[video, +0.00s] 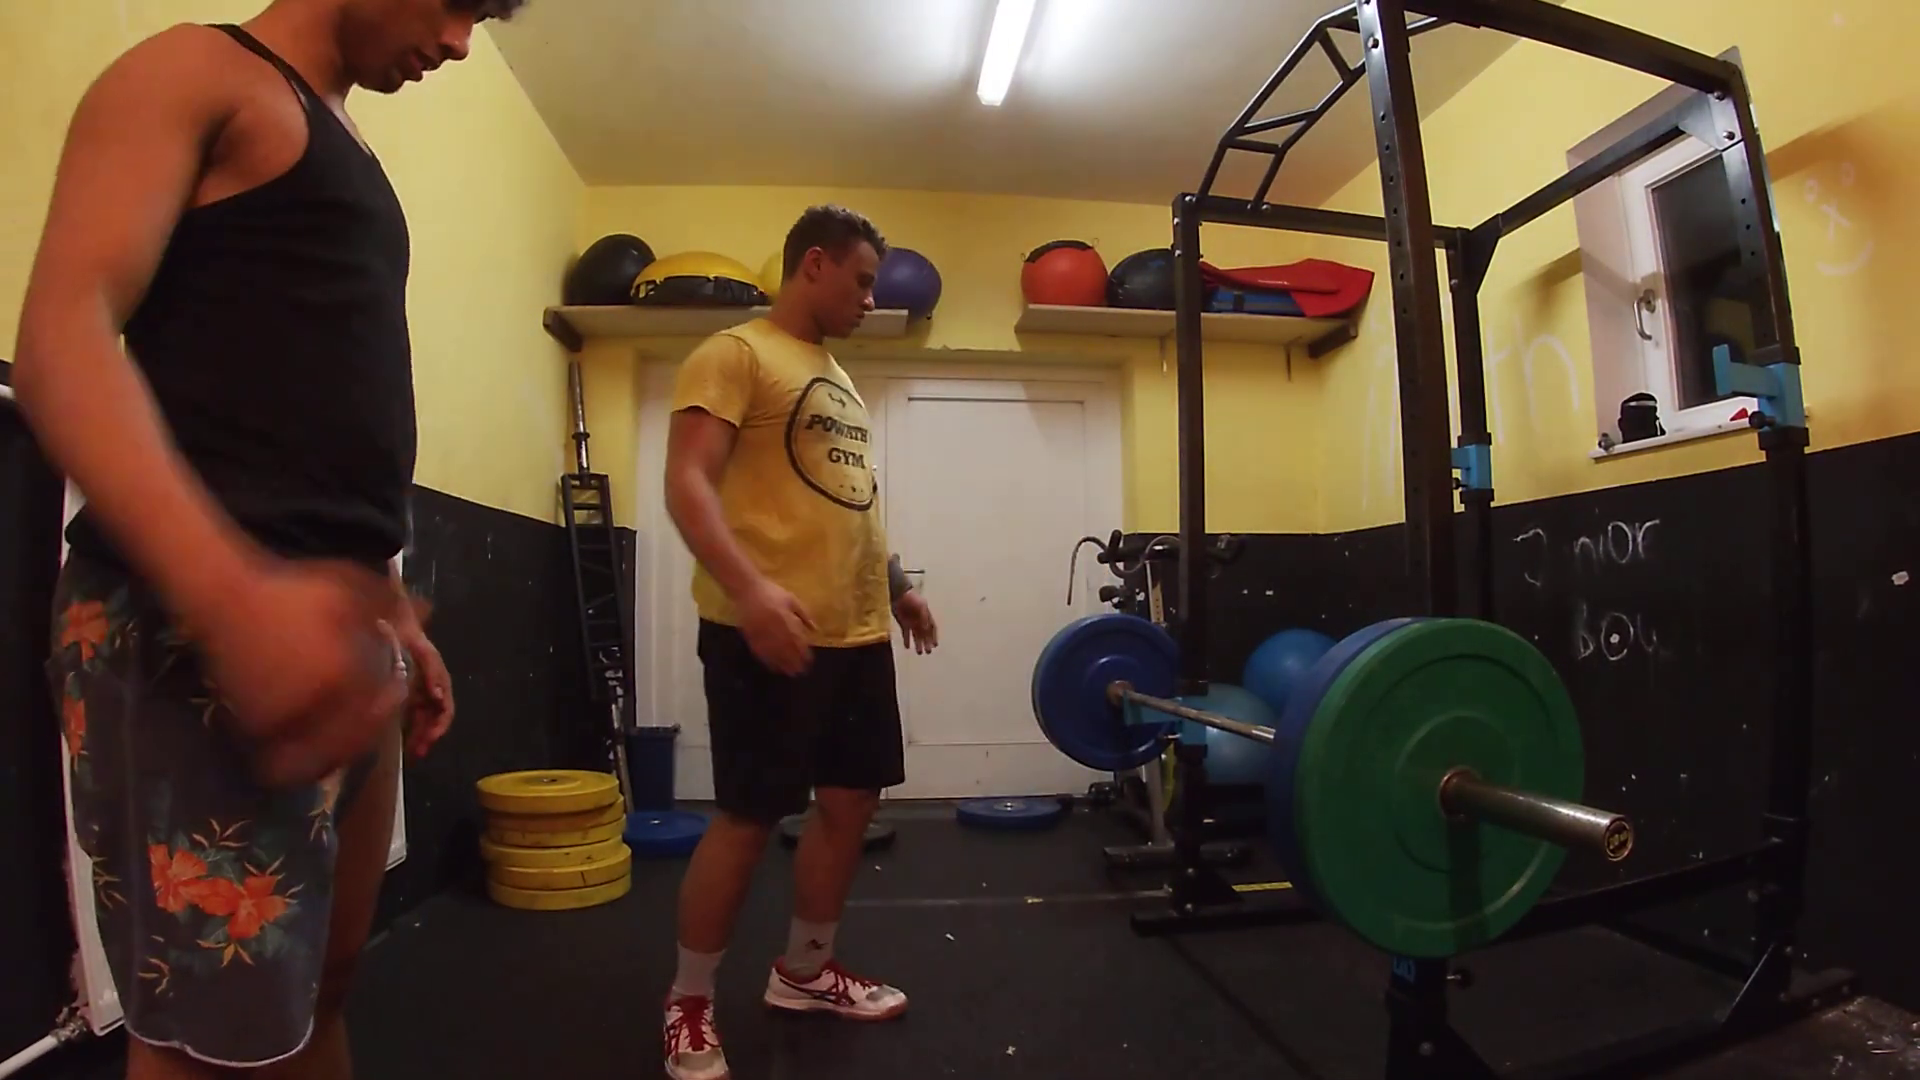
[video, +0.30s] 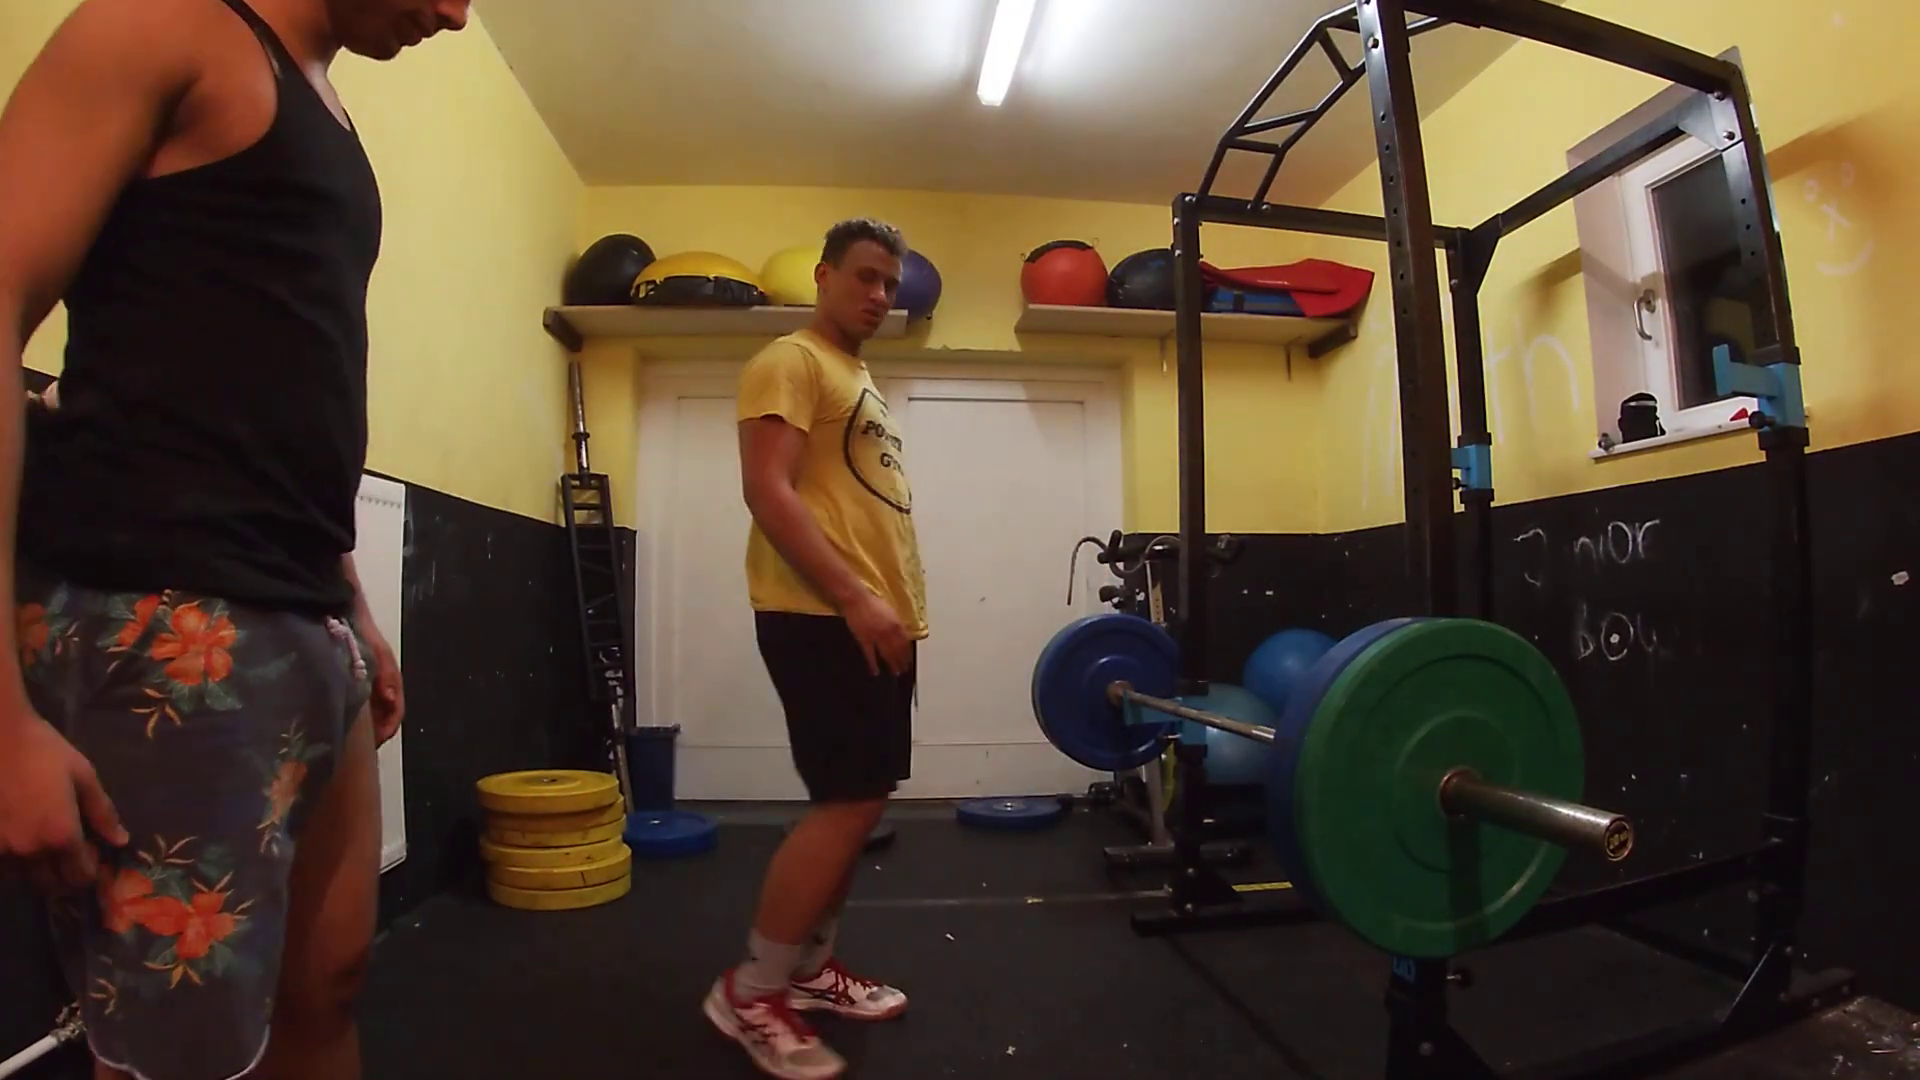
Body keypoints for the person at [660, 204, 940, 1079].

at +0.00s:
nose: (869, 300)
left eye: (873, 286)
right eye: (863, 281)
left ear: (827, 271)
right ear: (814, 264)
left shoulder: (833, 373)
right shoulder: (734, 353)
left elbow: (840, 502)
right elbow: (684, 481)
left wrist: (895, 588)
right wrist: (747, 587)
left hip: (853, 634)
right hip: (764, 632)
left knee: (850, 801)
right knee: (746, 816)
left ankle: (804, 970)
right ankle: (687, 1006)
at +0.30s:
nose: (881, 296)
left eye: (889, 285)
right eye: (868, 277)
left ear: (886, 297)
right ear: (822, 276)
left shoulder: (852, 376)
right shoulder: (788, 361)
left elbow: (846, 506)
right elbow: (766, 490)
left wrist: (891, 601)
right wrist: (857, 598)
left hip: (862, 615)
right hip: (817, 616)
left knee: (861, 796)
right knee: (848, 798)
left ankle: (807, 967)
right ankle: (751, 991)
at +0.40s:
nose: (890, 297)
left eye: (900, 288)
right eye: (877, 279)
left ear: (901, 302)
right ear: (832, 281)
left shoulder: (858, 377)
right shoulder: (806, 358)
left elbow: (847, 499)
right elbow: (785, 480)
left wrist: (896, 596)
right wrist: (863, 594)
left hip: (858, 615)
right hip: (835, 616)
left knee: (846, 793)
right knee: (889, 790)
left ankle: (807, 974)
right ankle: (825, 1004)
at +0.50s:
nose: (906, 296)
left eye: (916, 288)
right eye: (891, 278)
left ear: (918, 303)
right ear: (847, 280)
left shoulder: (869, 373)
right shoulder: (827, 358)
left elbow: (865, 499)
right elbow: (808, 477)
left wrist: (914, 600)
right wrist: (865, 604)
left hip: (863, 611)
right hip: (864, 614)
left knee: (854, 789)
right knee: (921, 791)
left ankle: (805, 965)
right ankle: (903, 1015)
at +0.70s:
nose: (963, 315)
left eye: (968, 302)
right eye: (955, 296)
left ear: (927, 293)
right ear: (903, 282)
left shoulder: (882, 364)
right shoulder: (872, 358)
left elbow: (872, 495)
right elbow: (857, 480)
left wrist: (930, 598)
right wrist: (912, 612)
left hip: (869, 614)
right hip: (912, 613)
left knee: (872, 785)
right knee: (993, 785)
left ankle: (805, 967)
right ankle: (1035, 995)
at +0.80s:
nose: (995, 326)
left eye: (1002, 311)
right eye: (990, 305)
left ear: (946, 291)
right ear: (944, 282)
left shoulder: (903, 361)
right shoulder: (908, 361)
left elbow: (902, 499)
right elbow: (905, 487)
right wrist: (982, 617)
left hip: (886, 619)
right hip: (929, 620)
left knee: (882, 787)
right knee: (1024, 789)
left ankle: (807, 967)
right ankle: (1078, 997)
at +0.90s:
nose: (1039, 328)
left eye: (1045, 315)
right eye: (1034, 308)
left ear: (985, 294)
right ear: (985, 288)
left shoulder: (937, 364)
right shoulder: (957, 368)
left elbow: (948, 518)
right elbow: (975, 497)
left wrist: (1028, 624)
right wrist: (1070, 623)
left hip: (908, 624)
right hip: (961, 631)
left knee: (899, 788)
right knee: (1046, 804)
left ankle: (808, 962)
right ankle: (1095, 1009)